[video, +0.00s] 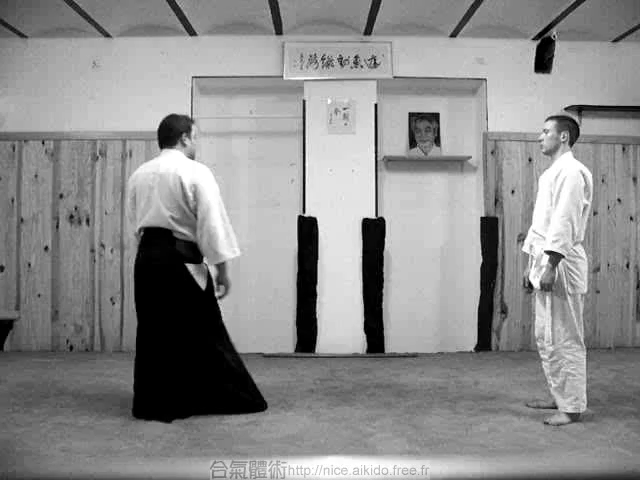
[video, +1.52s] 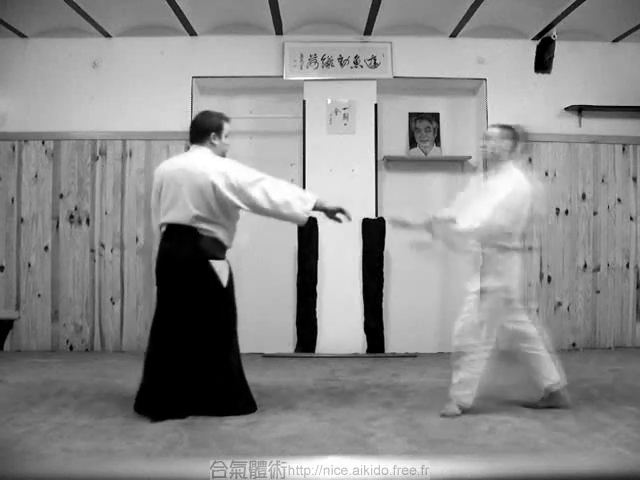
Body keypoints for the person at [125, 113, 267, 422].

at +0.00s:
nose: (196, 142)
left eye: (195, 136)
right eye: (194, 137)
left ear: (161, 140)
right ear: (185, 138)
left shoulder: (138, 174)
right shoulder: (195, 173)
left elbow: (136, 223)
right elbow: (212, 226)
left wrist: (151, 250)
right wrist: (221, 270)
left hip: (146, 259)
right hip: (182, 260)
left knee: (152, 332)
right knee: (203, 330)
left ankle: (152, 401)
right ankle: (240, 396)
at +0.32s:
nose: (188, 145)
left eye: (188, 139)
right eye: (184, 139)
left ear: (154, 140)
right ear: (169, 139)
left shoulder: (130, 174)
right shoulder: (182, 171)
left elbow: (126, 227)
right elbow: (199, 225)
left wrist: (130, 265)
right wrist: (210, 269)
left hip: (139, 260)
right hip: (173, 260)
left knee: (148, 334)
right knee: (195, 331)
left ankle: (151, 402)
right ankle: (231, 397)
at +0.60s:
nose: (184, 143)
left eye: (183, 136)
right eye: (181, 137)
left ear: (152, 140)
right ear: (166, 139)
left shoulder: (128, 174)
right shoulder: (178, 170)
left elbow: (126, 227)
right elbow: (213, 211)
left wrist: (136, 254)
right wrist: (244, 248)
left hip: (141, 257)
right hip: (175, 257)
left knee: (148, 331)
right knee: (195, 329)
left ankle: (151, 402)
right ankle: (226, 397)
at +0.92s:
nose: (197, 141)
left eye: (196, 135)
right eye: (193, 136)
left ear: (165, 139)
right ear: (181, 138)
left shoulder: (141, 172)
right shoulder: (192, 170)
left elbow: (140, 217)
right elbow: (233, 195)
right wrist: (278, 210)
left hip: (152, 255)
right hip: (186, 257)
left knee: (159, 331)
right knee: (204, 329)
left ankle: (154, 402)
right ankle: (223, 398)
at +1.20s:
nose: (213, 142)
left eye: (213, 136)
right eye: (211, 137)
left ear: (181, 139)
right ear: (199, 138)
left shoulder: (152, 172)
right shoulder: (208, 170)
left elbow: (144, 227)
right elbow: (254, 194)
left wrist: (152, 256)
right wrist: (304, 207)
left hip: (163, 259)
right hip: (200, 261)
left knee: (164, 331)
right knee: (213, 331)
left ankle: (157, 402)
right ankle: (221, 399)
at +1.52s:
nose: (228, 142)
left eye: (228, 136)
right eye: (226, 136)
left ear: (196, 138)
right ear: (213, 137)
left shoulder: (165, 168)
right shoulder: (222, 169)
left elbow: (158, 213)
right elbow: (267, 191)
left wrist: (171, 241)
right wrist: (317, 205)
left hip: (170, 253)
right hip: (205, 256)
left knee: (169, 327)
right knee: (215, 328)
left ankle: (161, 400)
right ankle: (220, 398)